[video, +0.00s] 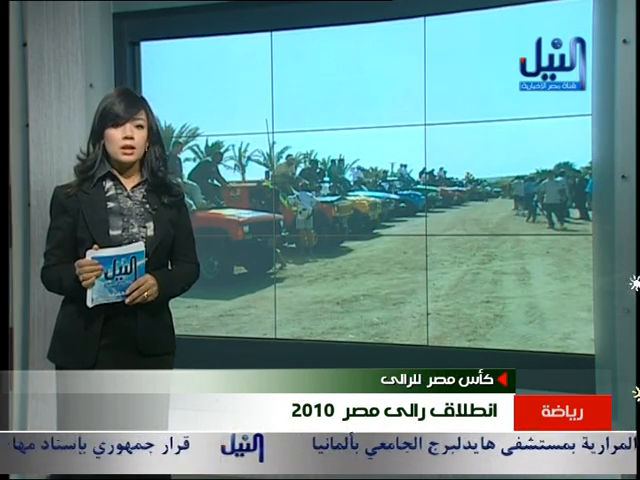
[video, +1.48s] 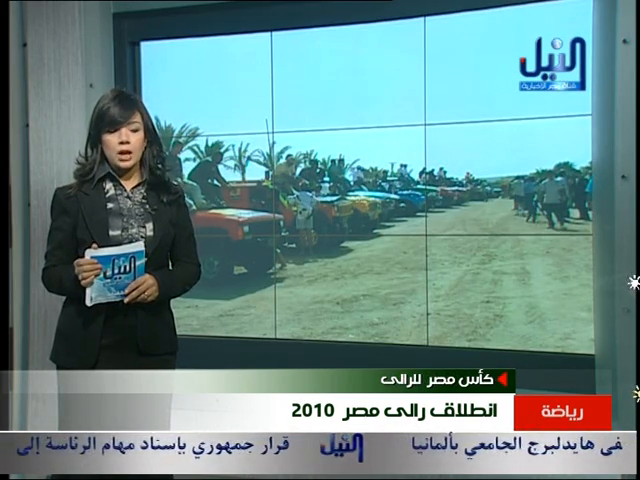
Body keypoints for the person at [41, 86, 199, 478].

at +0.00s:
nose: (128, 134)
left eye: (137, 126)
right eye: (118, 125)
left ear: (149, 136)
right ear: (101, 136)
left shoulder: (169, 197)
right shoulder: (71, 197)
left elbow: (188, 266)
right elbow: (51, 272)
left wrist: (161, 282)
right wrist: (76, 275)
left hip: (149, 349)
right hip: (84, 349)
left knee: (148, 452)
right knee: (81, 452)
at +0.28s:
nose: (125, 137)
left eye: (134, 127)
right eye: (114, 128)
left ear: (148, 135)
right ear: (100, 138)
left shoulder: (170, 196)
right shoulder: (72, 197)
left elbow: (189, 267)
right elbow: (52, 272)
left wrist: (162, 282)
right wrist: (77, 275)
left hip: (150, 347)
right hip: (86, 347)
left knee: (149, 451)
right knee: (83, 451)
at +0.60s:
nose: (124, 139)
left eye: (134, 129)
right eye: (113, 130)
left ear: (148, 136)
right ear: (99, 139)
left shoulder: (170, 196)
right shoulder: (72, 198)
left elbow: (190, 267)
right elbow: (53, 273)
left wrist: (163, 282)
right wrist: (77, 275)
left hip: (151, 348)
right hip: (87, 349)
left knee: (150, 452)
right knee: (84, 453)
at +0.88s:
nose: (123, 140)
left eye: (133, 129)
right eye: (113, 131)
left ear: (147, 136)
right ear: (99, 139)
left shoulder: (170, 196)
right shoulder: (72, 198)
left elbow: (191, 267)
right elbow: (53, 274)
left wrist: (161, 282)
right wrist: (74, 275)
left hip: (151, 348)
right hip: (87, 349)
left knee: (151, 452)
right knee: (84, 453)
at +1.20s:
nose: (123, 140)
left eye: (132, 129)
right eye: (112, 130)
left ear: (146, 137)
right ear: (98, 139)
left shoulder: (169, 197)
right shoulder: (71, 198)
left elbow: (190, 268)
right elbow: (52, 273)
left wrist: (160, 282)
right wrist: (74, 275)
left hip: (150, 349)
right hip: (85, 350)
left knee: (150, 452)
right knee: (83, 452)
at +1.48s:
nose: (124, 139)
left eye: (134, 129)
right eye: (113, 130)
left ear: (147, 136)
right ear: (99, 139)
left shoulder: (170, 198)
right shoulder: (71, 199)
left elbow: (189, 267)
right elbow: (52, 274)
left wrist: (161, 282)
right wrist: (76, 275)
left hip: (151, 349)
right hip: (86, 350)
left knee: (150, 452)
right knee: (84, 453)